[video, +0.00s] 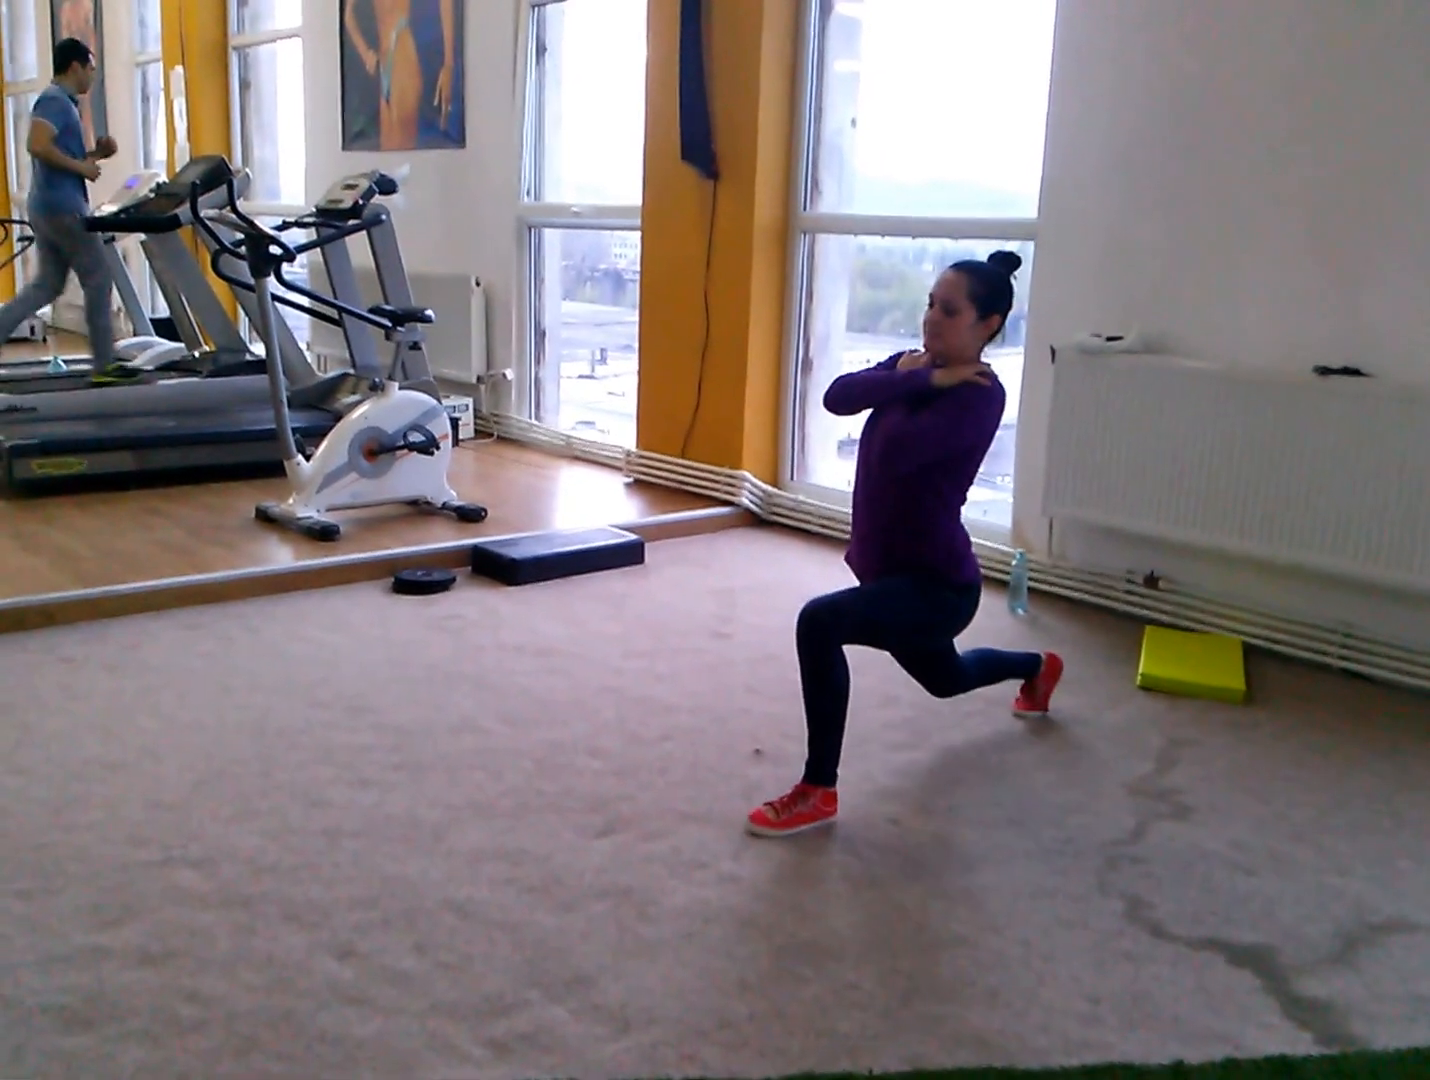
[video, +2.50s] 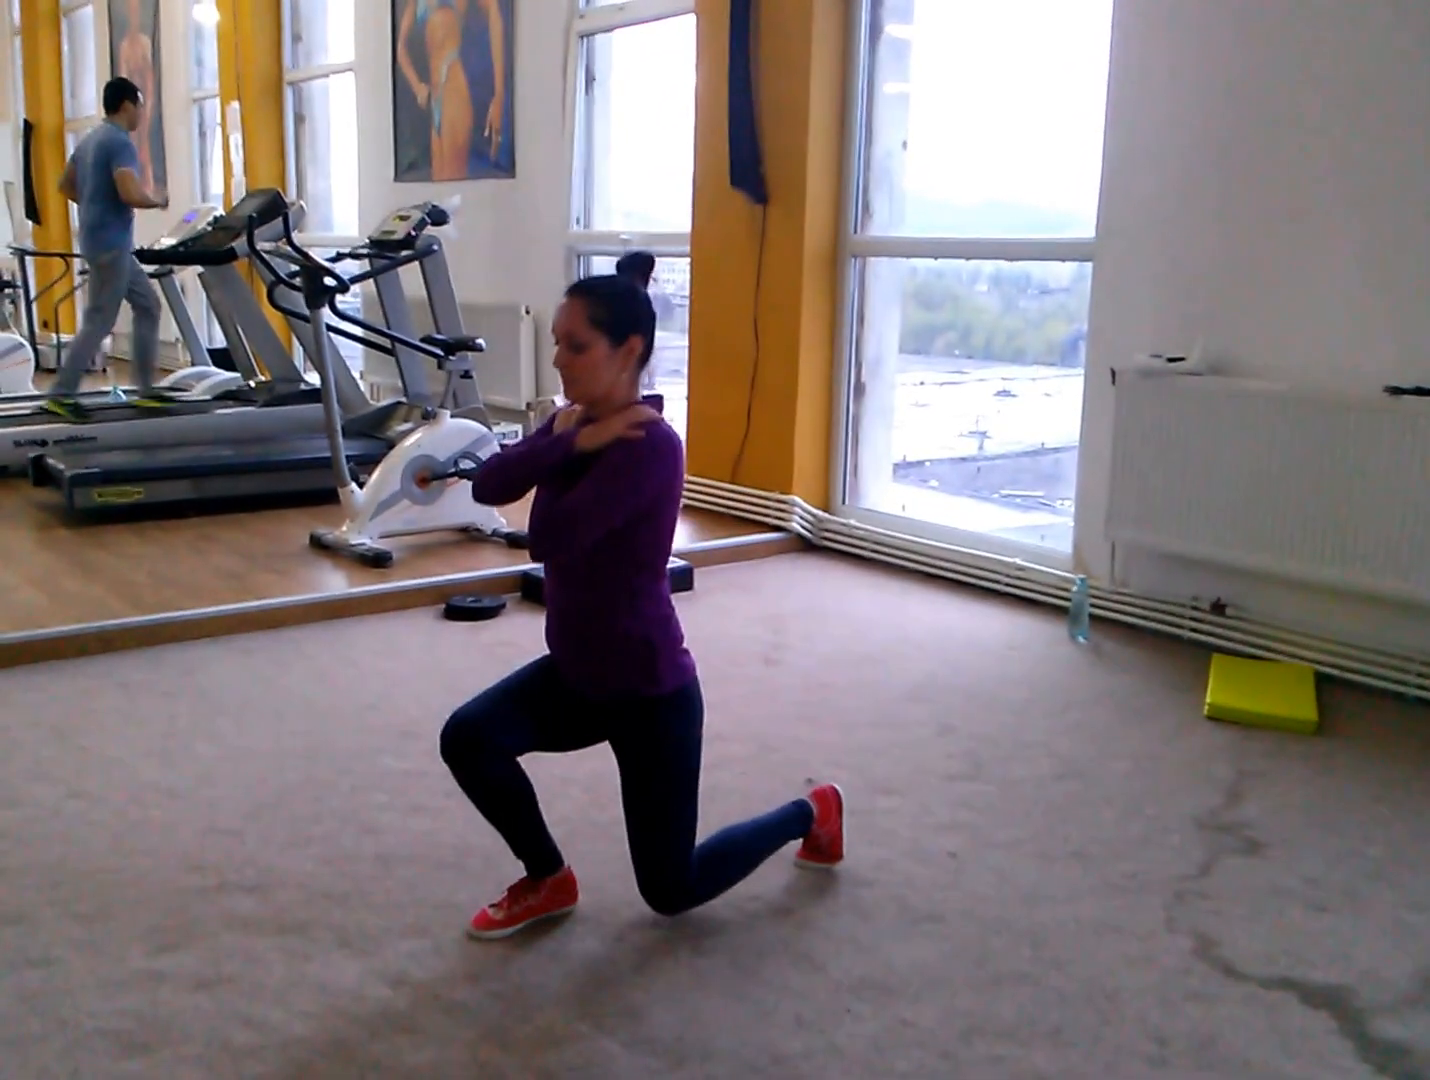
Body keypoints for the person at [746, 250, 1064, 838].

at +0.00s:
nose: (932, 318)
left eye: (949, 311)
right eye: (931, 305)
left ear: (989, 327)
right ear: (926, 306)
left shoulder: (980, 399)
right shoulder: (908, 365)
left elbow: (898, 457)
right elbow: (836, 398)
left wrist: (894, 383)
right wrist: (930, 377)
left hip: (938, 589)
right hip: (885, 577)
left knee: (819, 623)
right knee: (945, 677)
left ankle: (818, 789)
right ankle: (1040, 666)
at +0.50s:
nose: (920, 353)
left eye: (937, 344)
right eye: (919, 340)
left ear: (979, 359)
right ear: (914, 342)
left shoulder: (982, 428)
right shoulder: (908, 404)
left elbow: (902, 485)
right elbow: (838, 443)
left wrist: (897, 425)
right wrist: (914, 412)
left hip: (949, 617)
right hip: (889, 608)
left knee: (837, 628)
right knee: (950, 709)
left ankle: (826, 795)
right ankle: (1044, 674)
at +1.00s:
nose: (814, 283)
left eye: (830, 270)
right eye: (812, 267)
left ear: (872, 280)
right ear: (809, 271)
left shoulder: (887, 354)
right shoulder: (810, 346)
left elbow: (838, 452)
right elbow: (750, 419)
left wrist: (806, 377)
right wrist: (801, 364)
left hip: (947, 544)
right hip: (902, 544)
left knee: (828, 642)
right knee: (954, 639)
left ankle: (837, 803)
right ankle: (1029, 679)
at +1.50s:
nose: (790, 147)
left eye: (809, 135)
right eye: (790, 133)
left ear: (859, 152)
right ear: (796, 146)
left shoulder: (871, 238)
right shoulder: (793, 236)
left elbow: (790, 323)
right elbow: (710, 287)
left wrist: (768, 252)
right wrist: (798, 237)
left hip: (854, 492)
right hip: (785, 484)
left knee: (804, 661)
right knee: (713, 628)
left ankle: (850, 808)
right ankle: (730, 787)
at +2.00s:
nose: (672, 252)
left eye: (687, 237)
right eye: (668, 237)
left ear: (739, 241)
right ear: (673, 238)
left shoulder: (758, 329)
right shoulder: (680, 318)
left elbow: (666, 410)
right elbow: (591, 363)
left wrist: (646, 351)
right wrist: (680, 318)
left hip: (720, 587)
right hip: (647, 574)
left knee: (693, 787)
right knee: (531, 696)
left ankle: (823, 796)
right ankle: (545, 873)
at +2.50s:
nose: (558, 360)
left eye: (573, 345)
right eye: (557, 344)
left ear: (631, 351)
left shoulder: (652, 446)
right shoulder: (564, 424)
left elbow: (547, 542)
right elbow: (486, 488)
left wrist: (557, 451)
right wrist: (578, 439)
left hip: (651, 688)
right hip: (578, 675)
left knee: (669, 887)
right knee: (468, 738)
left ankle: (811, 813)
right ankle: (547, 877)